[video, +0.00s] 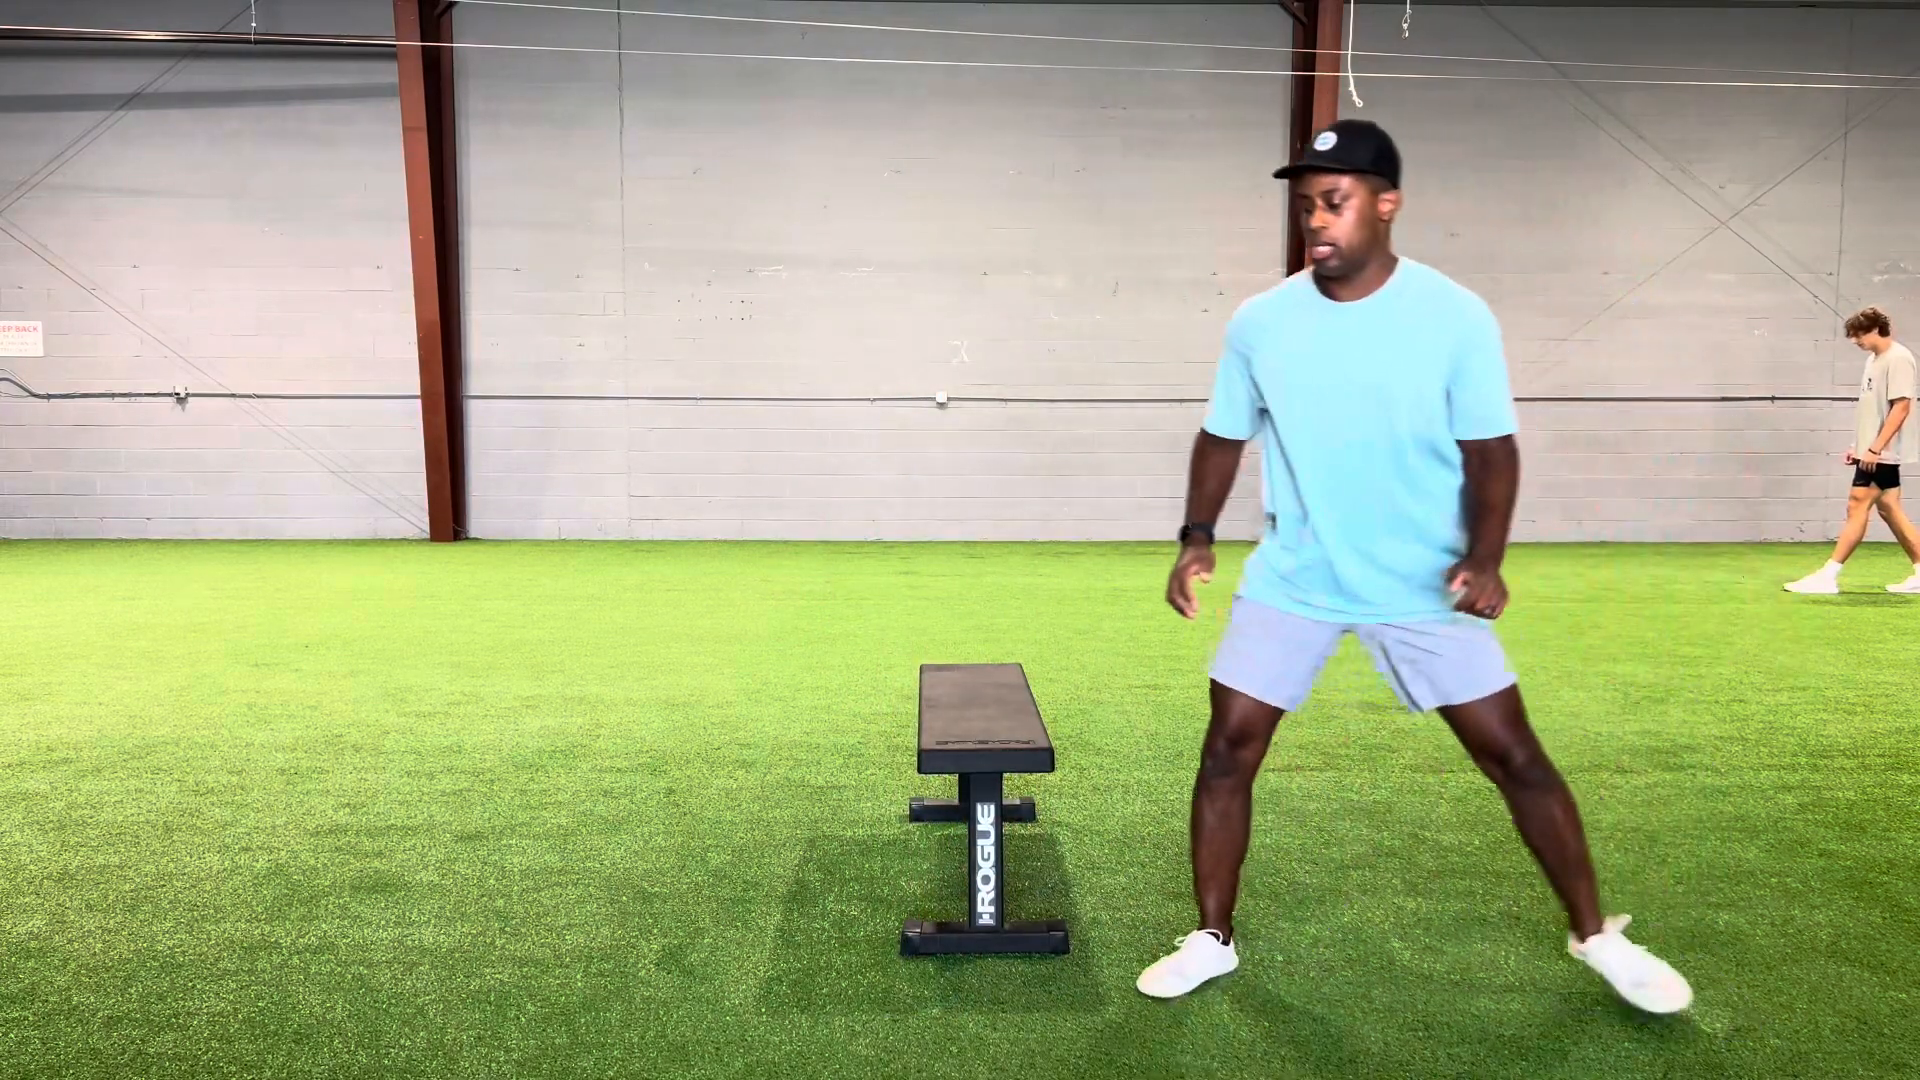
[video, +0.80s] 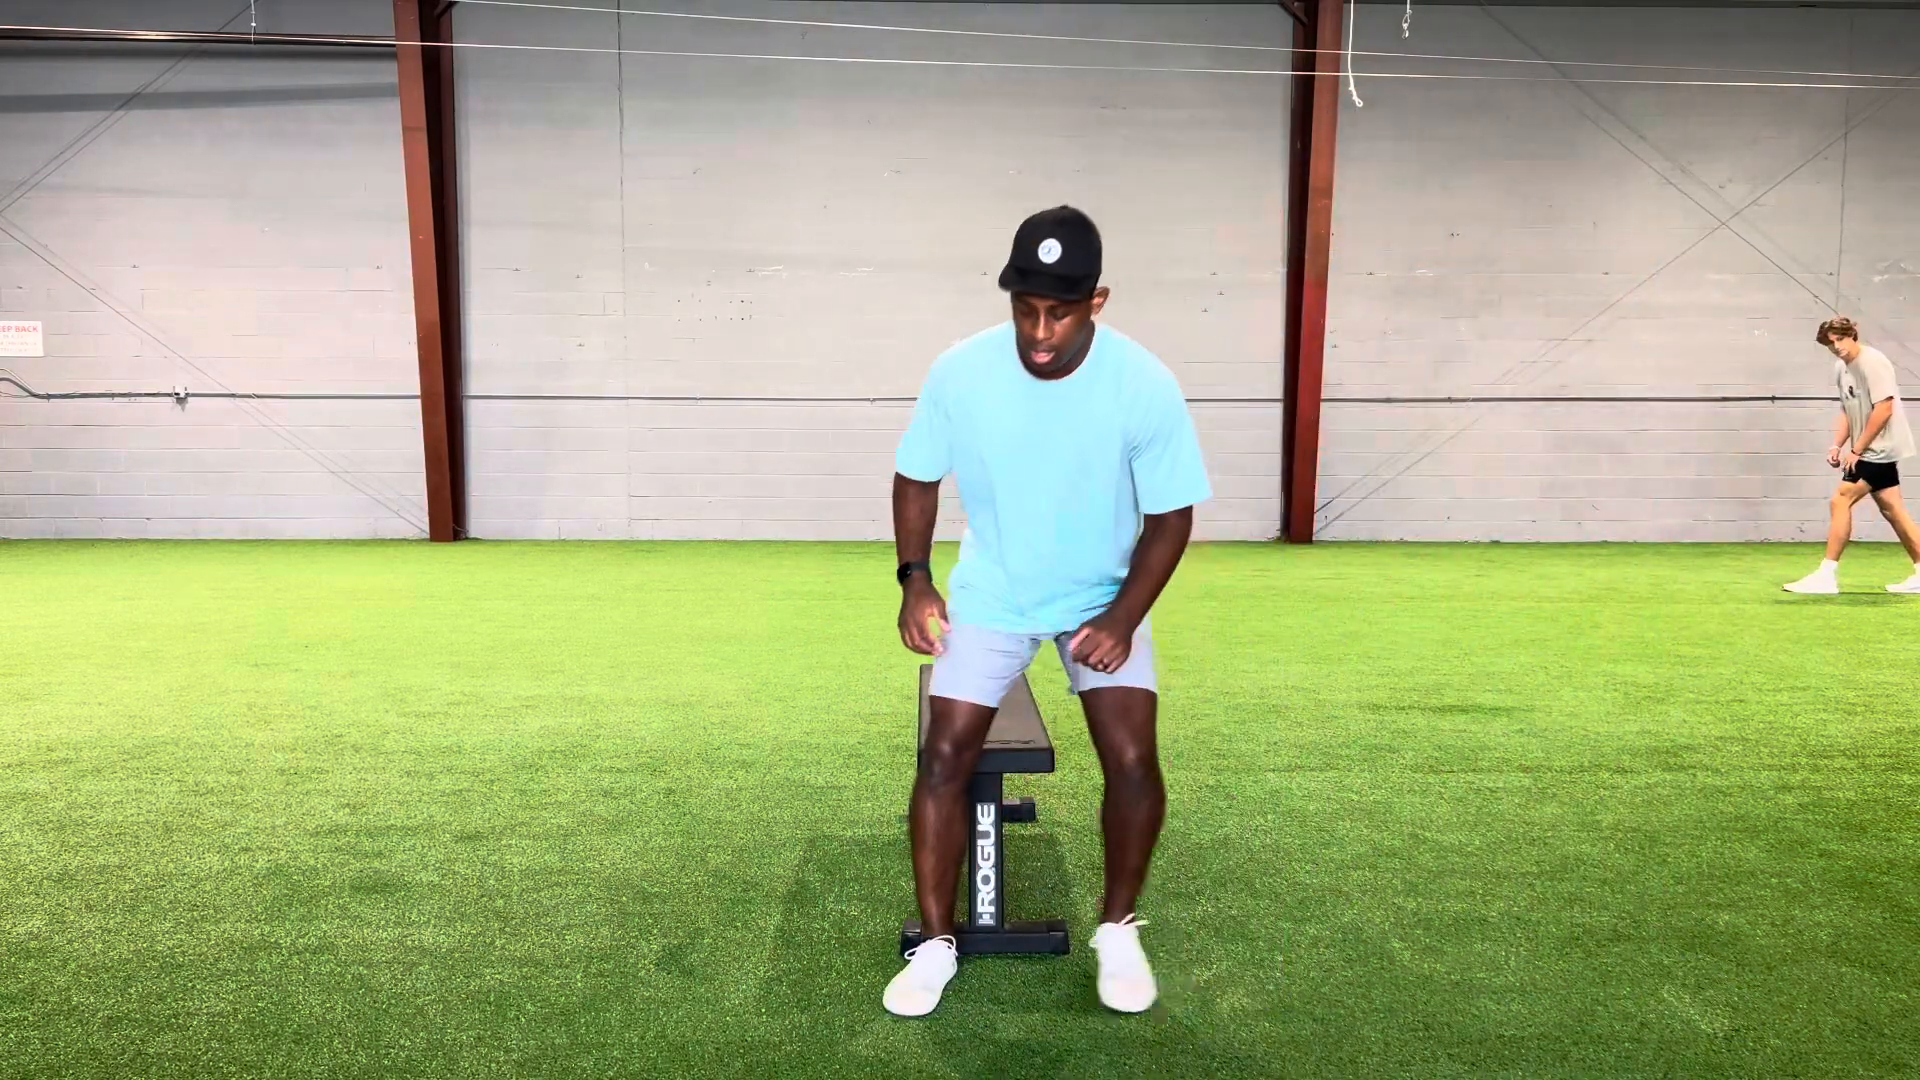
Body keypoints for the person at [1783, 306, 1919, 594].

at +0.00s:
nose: (1857, 343)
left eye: (1859, 336)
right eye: (1855, 338)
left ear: (1876, 330)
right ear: (1869, 334)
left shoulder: (1899, 357)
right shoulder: (1875, 359)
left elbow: (1902, 408)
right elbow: (1872, 409)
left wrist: (1876, 449)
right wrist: (1858, 447)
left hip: (1881, 452)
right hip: (1873, 452)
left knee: (1858, 506)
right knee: (1890, 510)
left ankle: (1828, 575)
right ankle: (1919, 570)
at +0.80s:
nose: (1836, 348)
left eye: (1839, 341)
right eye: (1831, 345)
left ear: (1852, 336)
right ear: (1829, 347)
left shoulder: (1873, 361)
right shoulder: (1843, 369)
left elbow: (1884, 409)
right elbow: (1848, 412)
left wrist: (1857, 450)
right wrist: (1837, 445)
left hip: (1881, 450)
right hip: (1871, 450)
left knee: (1841, 501)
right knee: (1894, 511)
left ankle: (1826, 574)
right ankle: (1919, 571)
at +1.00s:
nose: (1808, 361)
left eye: (1811, 354)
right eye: (1803, 358)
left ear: (1825, 347)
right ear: (1801, 358)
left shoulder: (1845, 370)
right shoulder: (1816, 378)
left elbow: (1858, 418)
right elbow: (1823, 416)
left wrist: (1843, 457)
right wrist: (1826, 449)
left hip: (1875, 448)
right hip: (1866, 449)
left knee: (1837, 501)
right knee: (1889, 509)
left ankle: (1826, 574)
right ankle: (1919, 567)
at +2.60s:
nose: (1775, 384)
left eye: (1777, 377)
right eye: (1772, 379)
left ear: (1792, 370)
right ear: (1788, 373)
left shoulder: (1823, 386)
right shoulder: (1796, 396)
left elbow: (1850, 427)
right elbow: (1811, 431)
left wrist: (1835, 471)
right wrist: (1814, 463)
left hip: (1869, 454)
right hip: (1863, 456)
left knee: (1822, 502)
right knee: (1885, 514)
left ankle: (1826, 576)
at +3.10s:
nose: (1762, 408)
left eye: (1760, 403)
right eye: (1758, 405)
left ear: (1770, 391)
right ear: (1769, 394)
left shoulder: (1807, 399)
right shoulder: (1784, 414)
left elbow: (1847, 430)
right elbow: (1800, 445)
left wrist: (1875, 470)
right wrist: (1796, 469)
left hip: (1862, 462)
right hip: (1853, 462)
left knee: (1817, 503)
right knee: (1881, 518)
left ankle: (1825, 577)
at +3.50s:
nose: (1753, 441)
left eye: (1751, 436)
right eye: (1749, 439)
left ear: (1760, 423)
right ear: (1757, 426)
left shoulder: (1795, 428)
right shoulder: (1771, 437)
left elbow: (1855, 434)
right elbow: (1782, 469)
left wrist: (1908, 444)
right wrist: (1777, 481)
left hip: (1864, 463)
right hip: (1861, 464)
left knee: (1814, 504)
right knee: (1868, 525)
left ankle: (1825, 577)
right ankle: (1919, 559)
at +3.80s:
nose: (1749, 452)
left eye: (1749, 446)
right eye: (1746, 448)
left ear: (1758, 438)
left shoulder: (1794, 442)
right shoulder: (1760, 454)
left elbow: (1847, 424)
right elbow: (1762, 495)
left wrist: (1899, 408)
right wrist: (1755, 491)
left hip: (1862, 470)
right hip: (1854, 471)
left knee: (1803, 509)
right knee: (1860, 533)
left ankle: (1827, 578)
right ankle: (1918, 563)